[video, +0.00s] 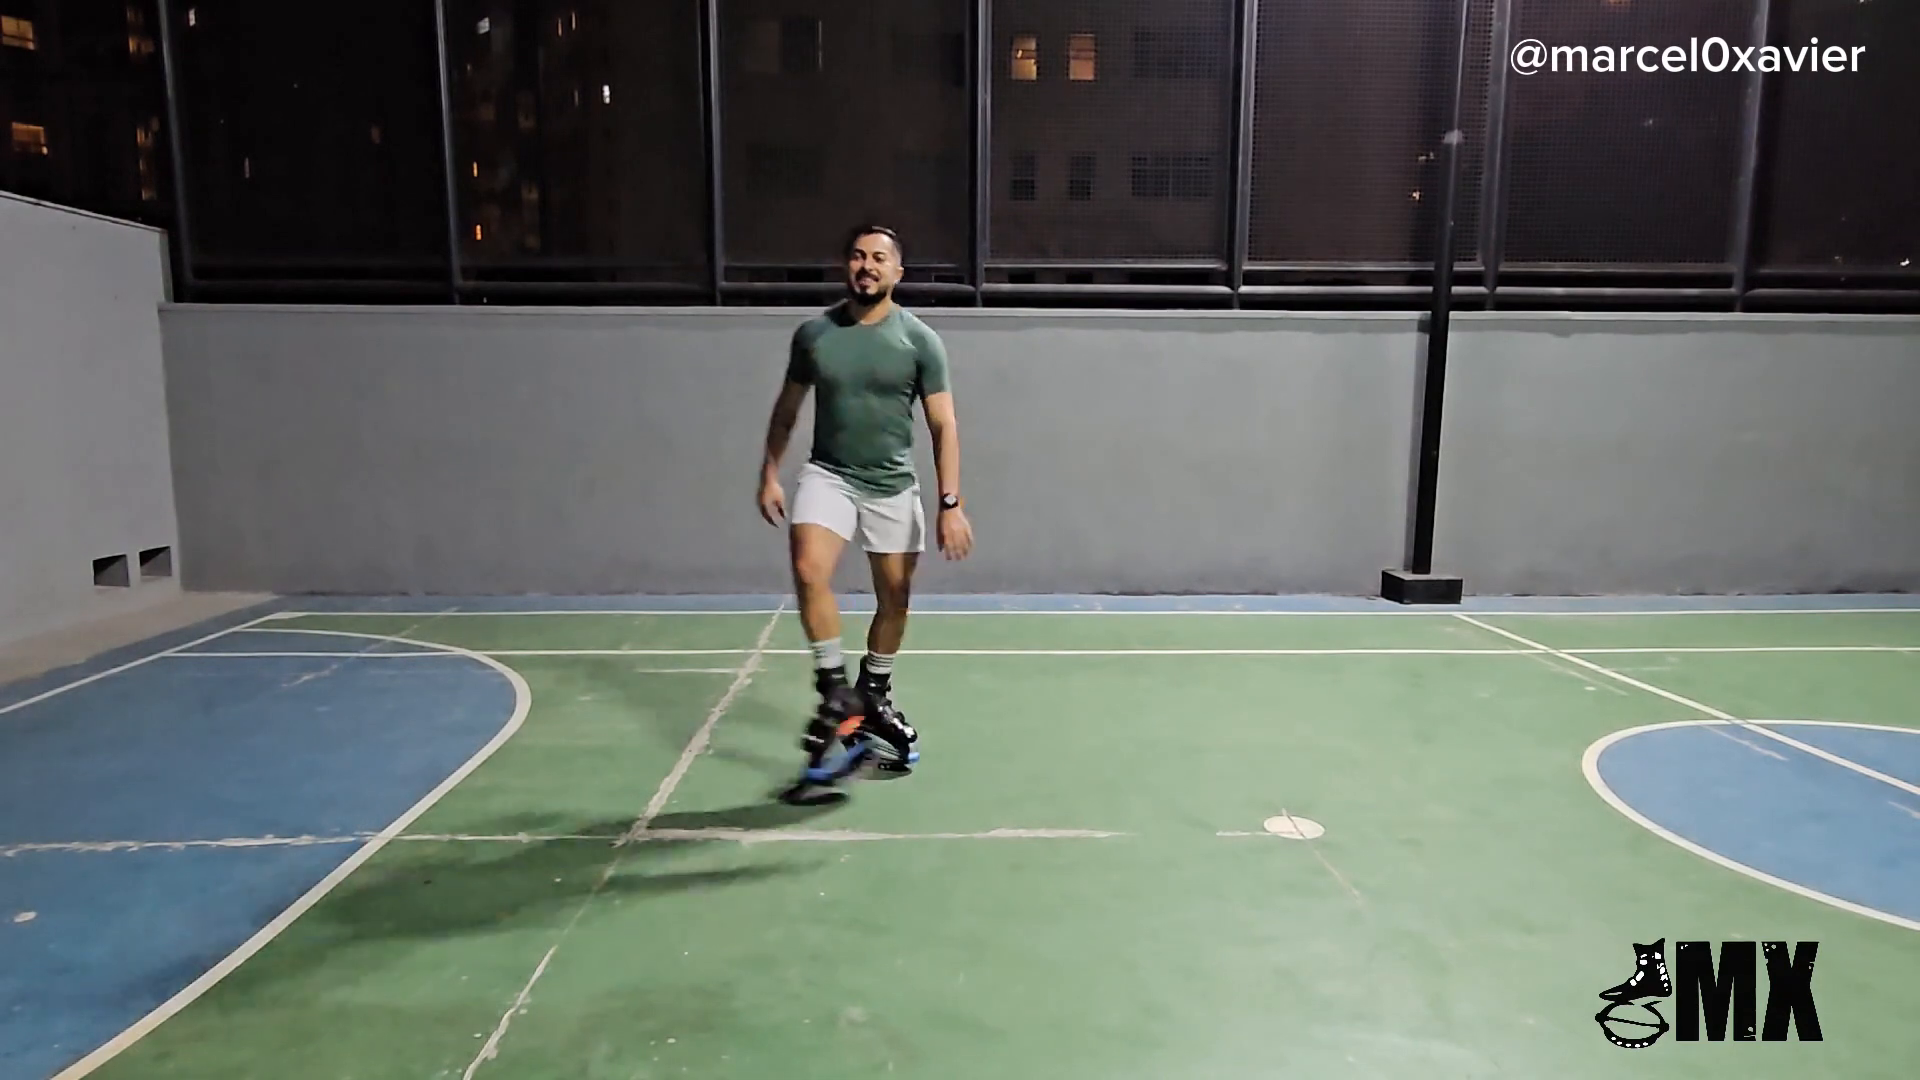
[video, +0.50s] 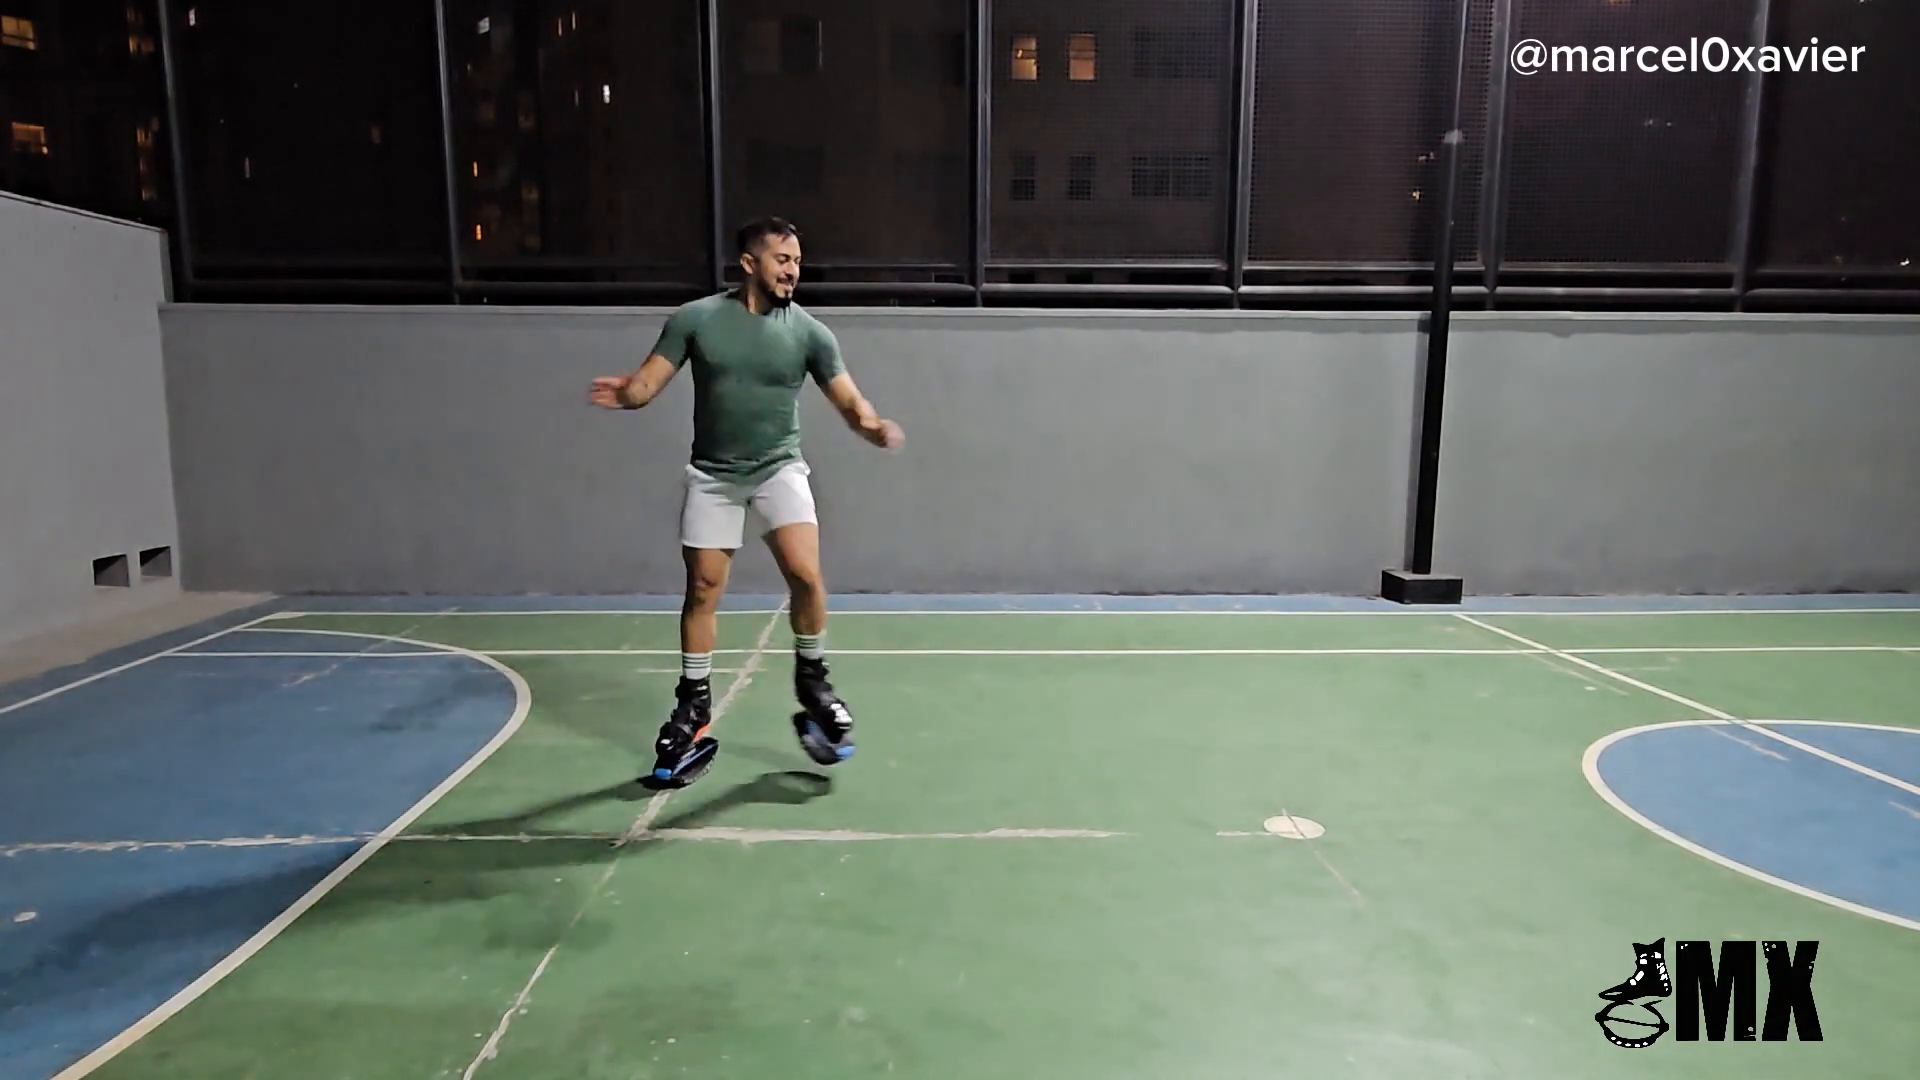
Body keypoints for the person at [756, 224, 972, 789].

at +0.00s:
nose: (866, 265)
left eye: (879, 257)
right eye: (858, 256)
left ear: (899, 272)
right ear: (845, 267)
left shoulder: (921, 341)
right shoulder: (814, 336)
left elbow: (944, 426)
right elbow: (786, 410)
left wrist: (951, 504)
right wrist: (769, 474)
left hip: (893, 486)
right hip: (827, 477)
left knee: (895, 596)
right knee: (808, 571)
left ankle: (875, 693)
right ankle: (833, 693)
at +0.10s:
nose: (843, 255)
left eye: (855, 247)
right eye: (834, 245)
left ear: (873, 262)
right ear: (820, 257)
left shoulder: (897, 329)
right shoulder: (787, 325)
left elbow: (935, 408)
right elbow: (751, 393)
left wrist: (966, 478)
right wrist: (722, 462)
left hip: (872, 477)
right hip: (805, 470)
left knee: (879, 589)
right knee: (769, 570)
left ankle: (869, 695)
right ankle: (773, 694)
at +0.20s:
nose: (824, 262)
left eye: (835, 253)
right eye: (814, 251)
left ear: (847, 264)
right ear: (797, 260)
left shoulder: (870, 330)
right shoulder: (761, 329)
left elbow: (921, 394)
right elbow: (712, 389)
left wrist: (973, 449)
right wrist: (662, 447)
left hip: (848, 481)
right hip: (779, 477)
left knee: (866, 589)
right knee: (744, 583)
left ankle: (865, 693)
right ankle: (720, 695)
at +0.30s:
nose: (815, 280)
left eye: (821, 271)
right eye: (803, 269)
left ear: (827, 280)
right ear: (773, 276)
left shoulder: (842, 345)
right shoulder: (732, 343)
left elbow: (903, 396)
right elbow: (668, 397)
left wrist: (967, 435)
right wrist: (600, 427)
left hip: (818, 494)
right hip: (747, 494)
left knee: (852, 598)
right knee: (720, 599)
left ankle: (862, 697)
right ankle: (697, 715)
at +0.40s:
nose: (802, 282)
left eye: (806, 273)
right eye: (792, 271)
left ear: (807, 280)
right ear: (758, 274)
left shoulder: (818, 344)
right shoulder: (706, 336)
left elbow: (881, 402)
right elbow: (644, 393)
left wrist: (936, 432)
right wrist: (587, 405)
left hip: (793, 487)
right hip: (725, 490)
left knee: (830, 593)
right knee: (710, 598)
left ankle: (853, 699)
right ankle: (694, 720)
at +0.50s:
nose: (792, 270)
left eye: (796, 260)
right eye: (781, 259)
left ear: (796, 267)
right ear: (747, 263)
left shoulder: (809, 333)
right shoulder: (696, 320)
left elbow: (851, 403)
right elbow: (647, 383)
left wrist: (872, 425)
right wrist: (627, 393)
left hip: (780, 471)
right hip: (713, 475)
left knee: (806, 577)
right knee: (703, 586)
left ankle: (813, 684)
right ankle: (693, 708)